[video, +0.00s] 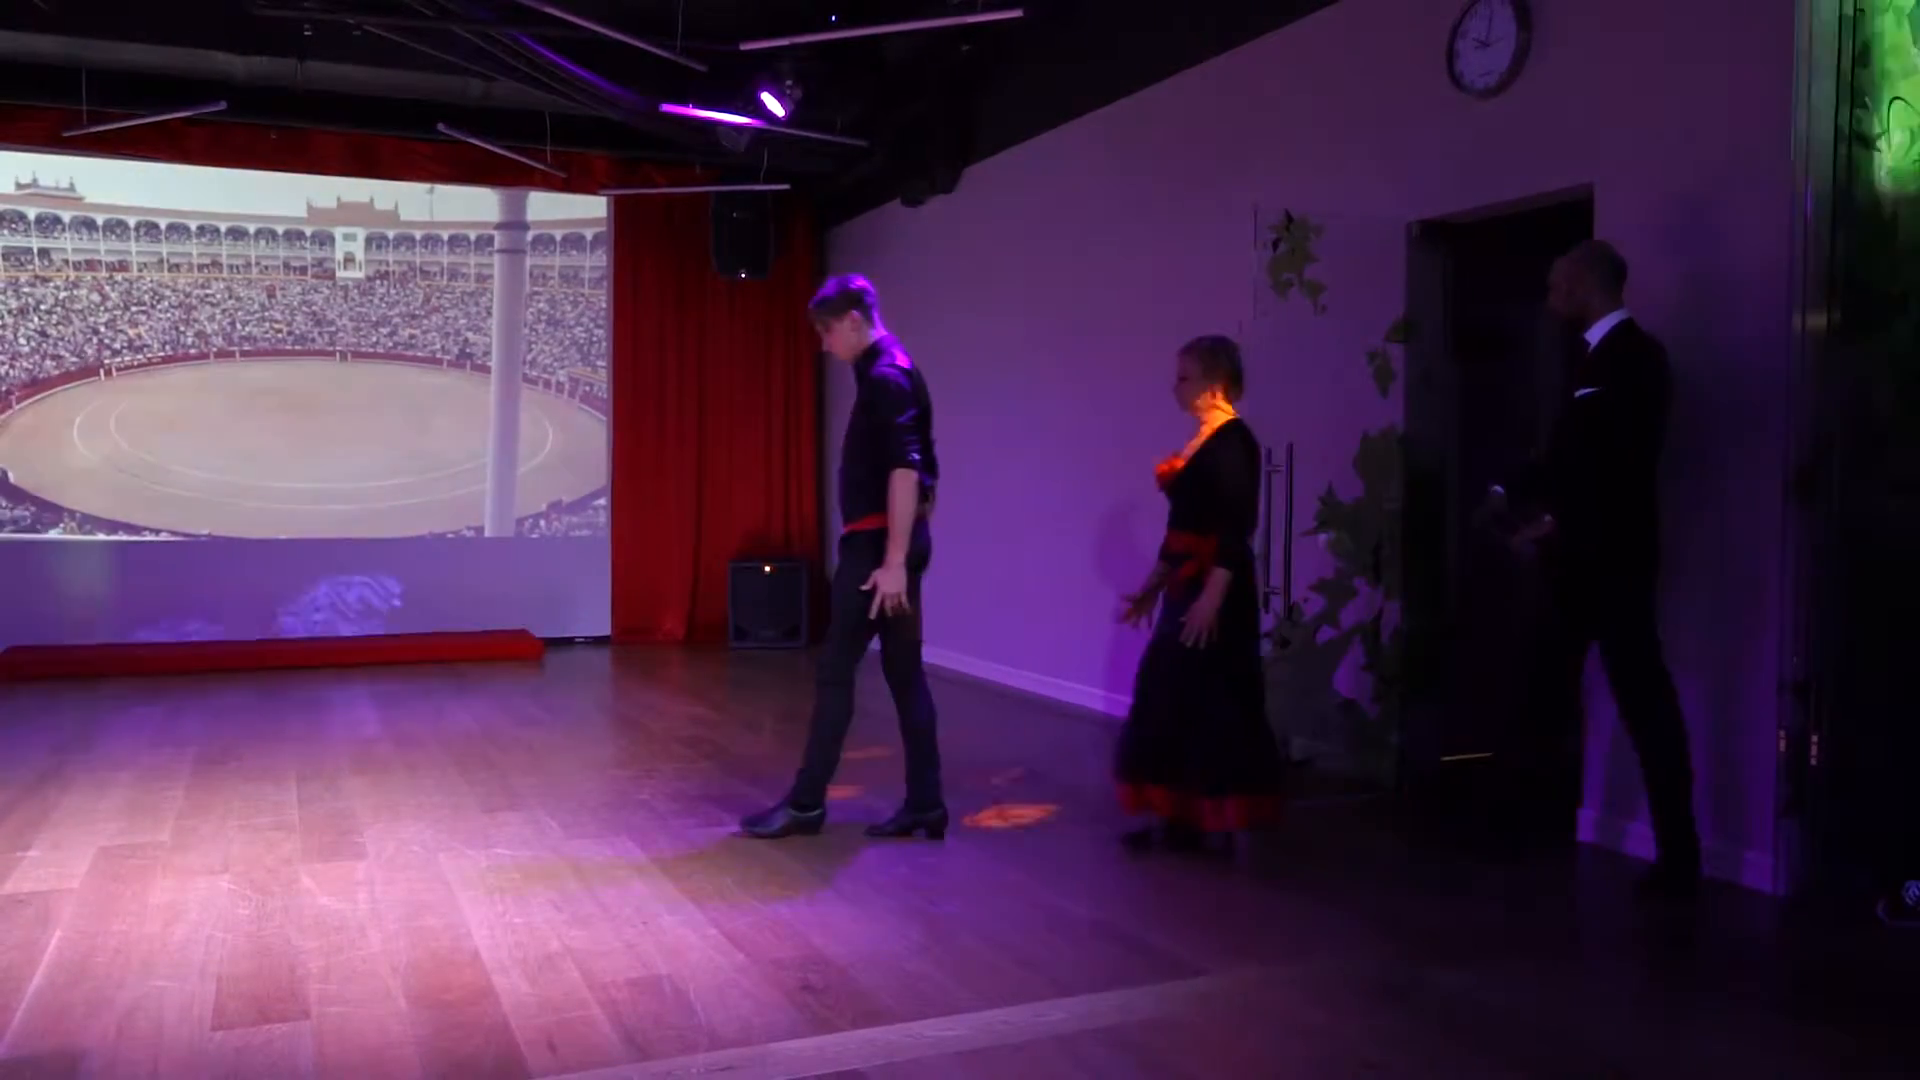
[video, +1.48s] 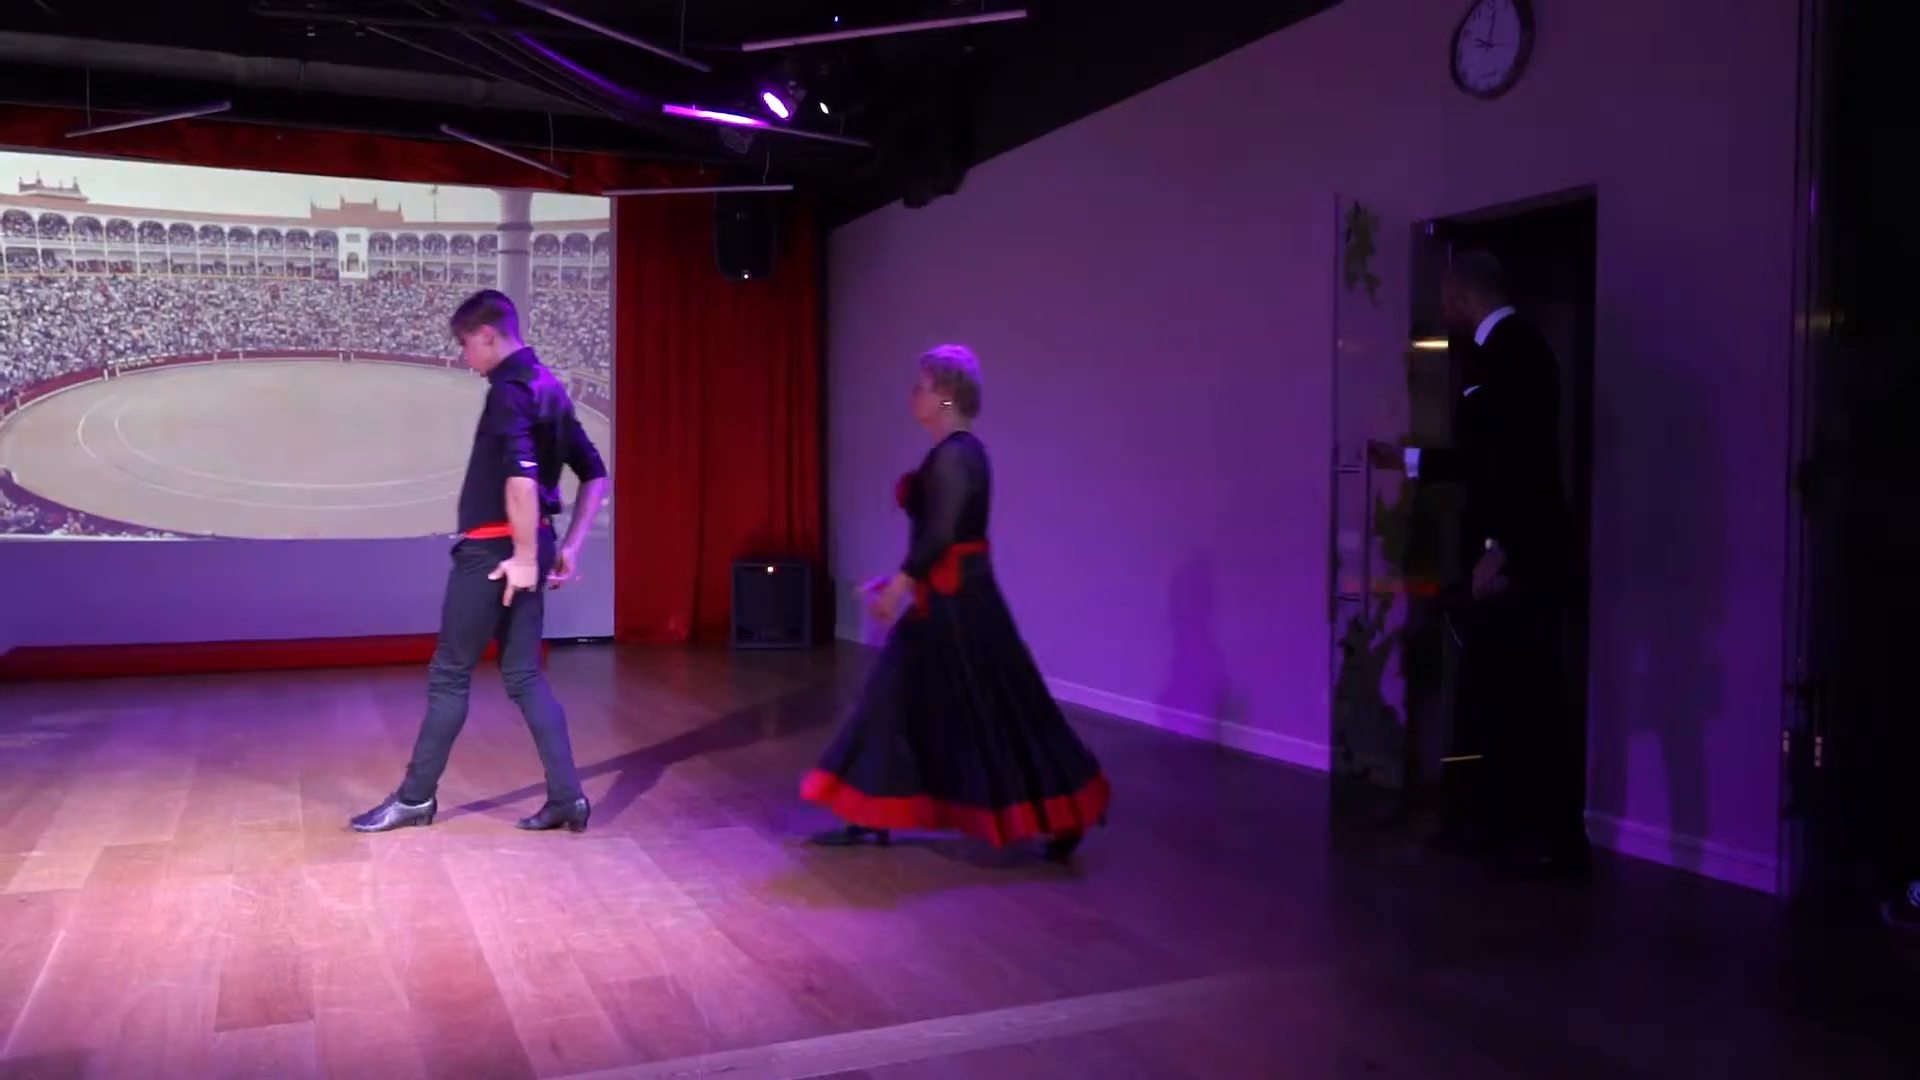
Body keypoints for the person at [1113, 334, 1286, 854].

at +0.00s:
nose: (1177, 388)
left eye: (1185, 379)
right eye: (1177, 379)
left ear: (1216, 383)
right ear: (1210, 385)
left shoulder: (1236, 443)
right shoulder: (1202, 442)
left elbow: (1236, 532)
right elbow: (1182, 528)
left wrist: (1211, 599)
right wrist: (1152, 588)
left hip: (1218, 596)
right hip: (1188, 592)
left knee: (1204, 702)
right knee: (1173, 695)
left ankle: (1205, 816)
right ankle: (1178, 811)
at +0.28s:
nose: (1134, 381)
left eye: (1143, 372)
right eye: (1136, 372)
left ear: (1171, 380)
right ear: (1168, 382)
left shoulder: (1182, 440)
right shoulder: (1166, 437)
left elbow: (1187, 525)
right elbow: (1159, 509)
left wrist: (1171, 597)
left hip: (1161, 591)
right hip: (1162, 586)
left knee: (1119, 699)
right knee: (1187, 699)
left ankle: (1098, 814)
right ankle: (1202, 806)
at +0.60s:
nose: (1089, 376)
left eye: (1098, 367)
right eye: (1091, 366)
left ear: (1126, 376)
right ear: (1129, 377)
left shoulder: (1133, 433)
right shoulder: (1121, 433)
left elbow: (1156, 504)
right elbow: (1117, 498)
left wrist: (1151, 583)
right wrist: (1081, 467)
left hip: (1116, 590)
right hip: (1117, 587)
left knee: (1098, 699)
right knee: (1157, 694)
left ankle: (1099, 815)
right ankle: (1198, 788)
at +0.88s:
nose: (1055, 379)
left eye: (1064, 370)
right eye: (1057, 370)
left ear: (1092, 375)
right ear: (1091, 376)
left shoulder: (1101, 435)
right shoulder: (1084, 434)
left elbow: (1129, 506)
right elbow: (1084, 497)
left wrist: (1136, 581)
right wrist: (1050, 470)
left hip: (1093, 589)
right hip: (1087, 584)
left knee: (1088, 701)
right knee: (1133, 693)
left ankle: (1096, 815)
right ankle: (1185, 786)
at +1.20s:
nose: (996, 390)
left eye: (1004, 380)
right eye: (998, 380)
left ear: (1029, 387)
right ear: (1037, 387)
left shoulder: (1045, 448)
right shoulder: (1038, 444)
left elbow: (1056, 528)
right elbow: (1033, 513)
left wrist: (1060, 602)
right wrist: (1001, 486)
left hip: (1047, 596)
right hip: (1047, 591)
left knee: (1001, 694)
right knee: (1068, 706)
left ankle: (1063, 818)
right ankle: (1083, 819)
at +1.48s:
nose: (912, 397)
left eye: (920, 388)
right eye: (916, 386)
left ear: (944, 397)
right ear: (956, 398)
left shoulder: (952, 456)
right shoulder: (963, 452)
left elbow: (940, 534)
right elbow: (939, 534)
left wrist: (900, 585)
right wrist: (896, 575)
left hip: (950, 598)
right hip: (966, 594)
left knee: (893, 697)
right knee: (1003, 703)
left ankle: (868, 813)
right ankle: (1059, 811)